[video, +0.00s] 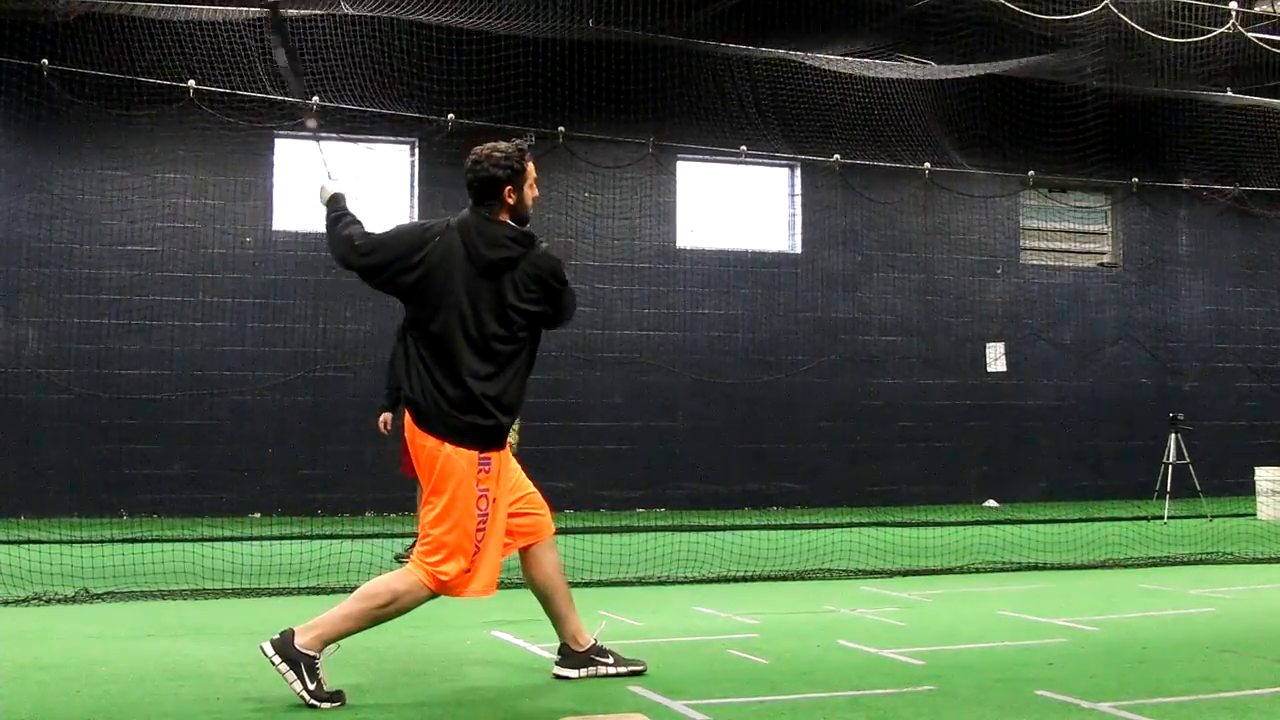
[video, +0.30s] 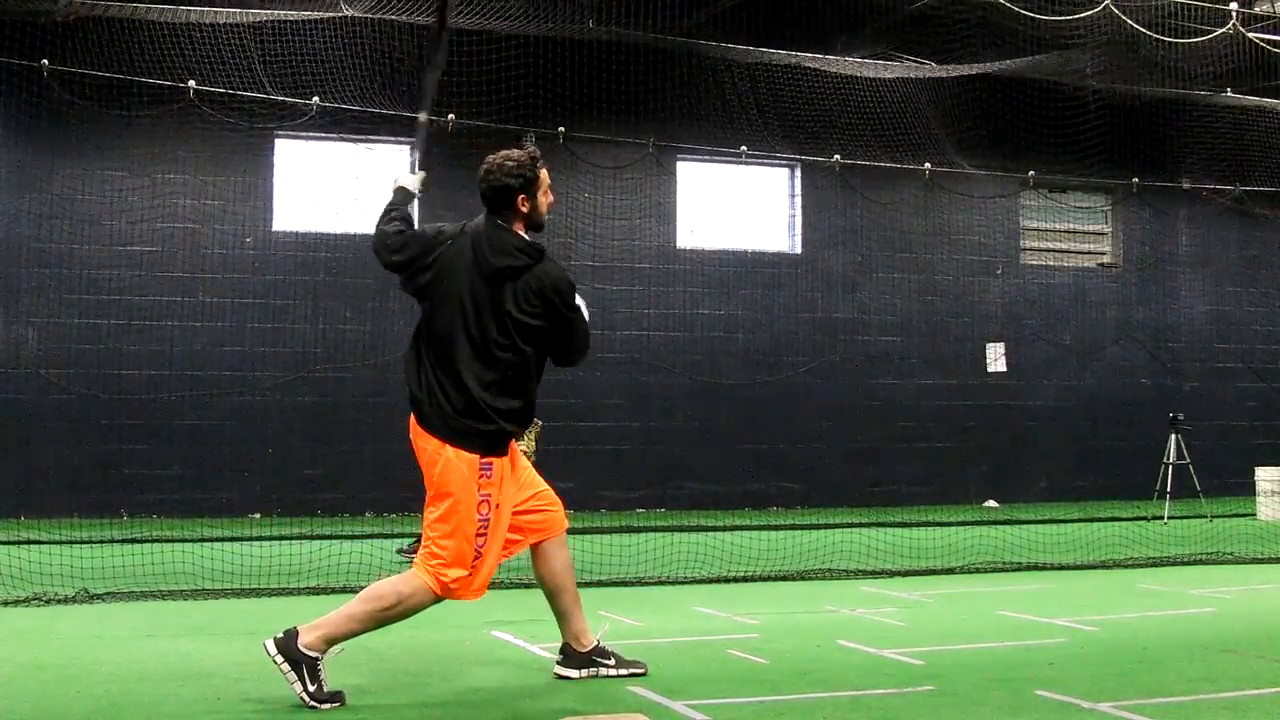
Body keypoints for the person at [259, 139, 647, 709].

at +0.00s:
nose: (537, 190)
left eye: (534, 180)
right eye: (532, 182)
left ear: (477, 191)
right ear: (513, 193)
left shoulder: (433, 241)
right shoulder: (534, 263)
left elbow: (354, 251)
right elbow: (562, 310)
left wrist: (336, 206)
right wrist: (524, 246)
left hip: (431, 423)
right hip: (471, 438)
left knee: (534, 525)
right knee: (436, 571)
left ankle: (578, 647)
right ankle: (301, 644)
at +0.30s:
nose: (553, 195)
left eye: (549, 186)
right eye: (547, 188)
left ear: (498, 201)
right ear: (524, 202)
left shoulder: (446, 245)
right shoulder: (544, 277)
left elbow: (390, 243)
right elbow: (572, 349)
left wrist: (403, 193)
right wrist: (572, 307)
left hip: (441, 426)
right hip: (475, 443)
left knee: (546, 522)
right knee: (441, 575)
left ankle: (580, 647)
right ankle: (303, 644)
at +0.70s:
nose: (438, 147)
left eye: (437, 137)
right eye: (430, 137)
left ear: (403, 143)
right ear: (395, 143)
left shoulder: (434, 199)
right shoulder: (335, 200)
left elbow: (447, 241)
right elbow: (263, 233)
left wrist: (378, 188)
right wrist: (326, 187)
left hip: (415, 383)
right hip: (339, 387)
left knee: (455, 521)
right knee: (335, 526)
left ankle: (462, 630)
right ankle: (321, 658)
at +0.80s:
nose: (438, 146)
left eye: (437, 136)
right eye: (429, 136)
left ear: (402, 142)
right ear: (393, 142)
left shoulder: (435, 197)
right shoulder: (336, 199)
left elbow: (451, 233)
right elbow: (266, 239)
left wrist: (379, 186)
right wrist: (325, 190)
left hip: (418, 383)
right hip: (341, 387)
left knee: (453, 522)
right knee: (337, 526)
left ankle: (457, 637)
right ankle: (321, 658)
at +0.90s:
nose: (439, 144)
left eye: (439, 135)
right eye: (430, 135)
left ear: (407, 141)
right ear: (395, 141)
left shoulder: (439, 196)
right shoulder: (339, 200)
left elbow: (455, 226)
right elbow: (272, 245)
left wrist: (384, 182)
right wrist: (327, 191)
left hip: (424, 383)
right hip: (347, 388)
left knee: (452, 522)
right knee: (340, 525)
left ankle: (456, 639)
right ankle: (321, 657)